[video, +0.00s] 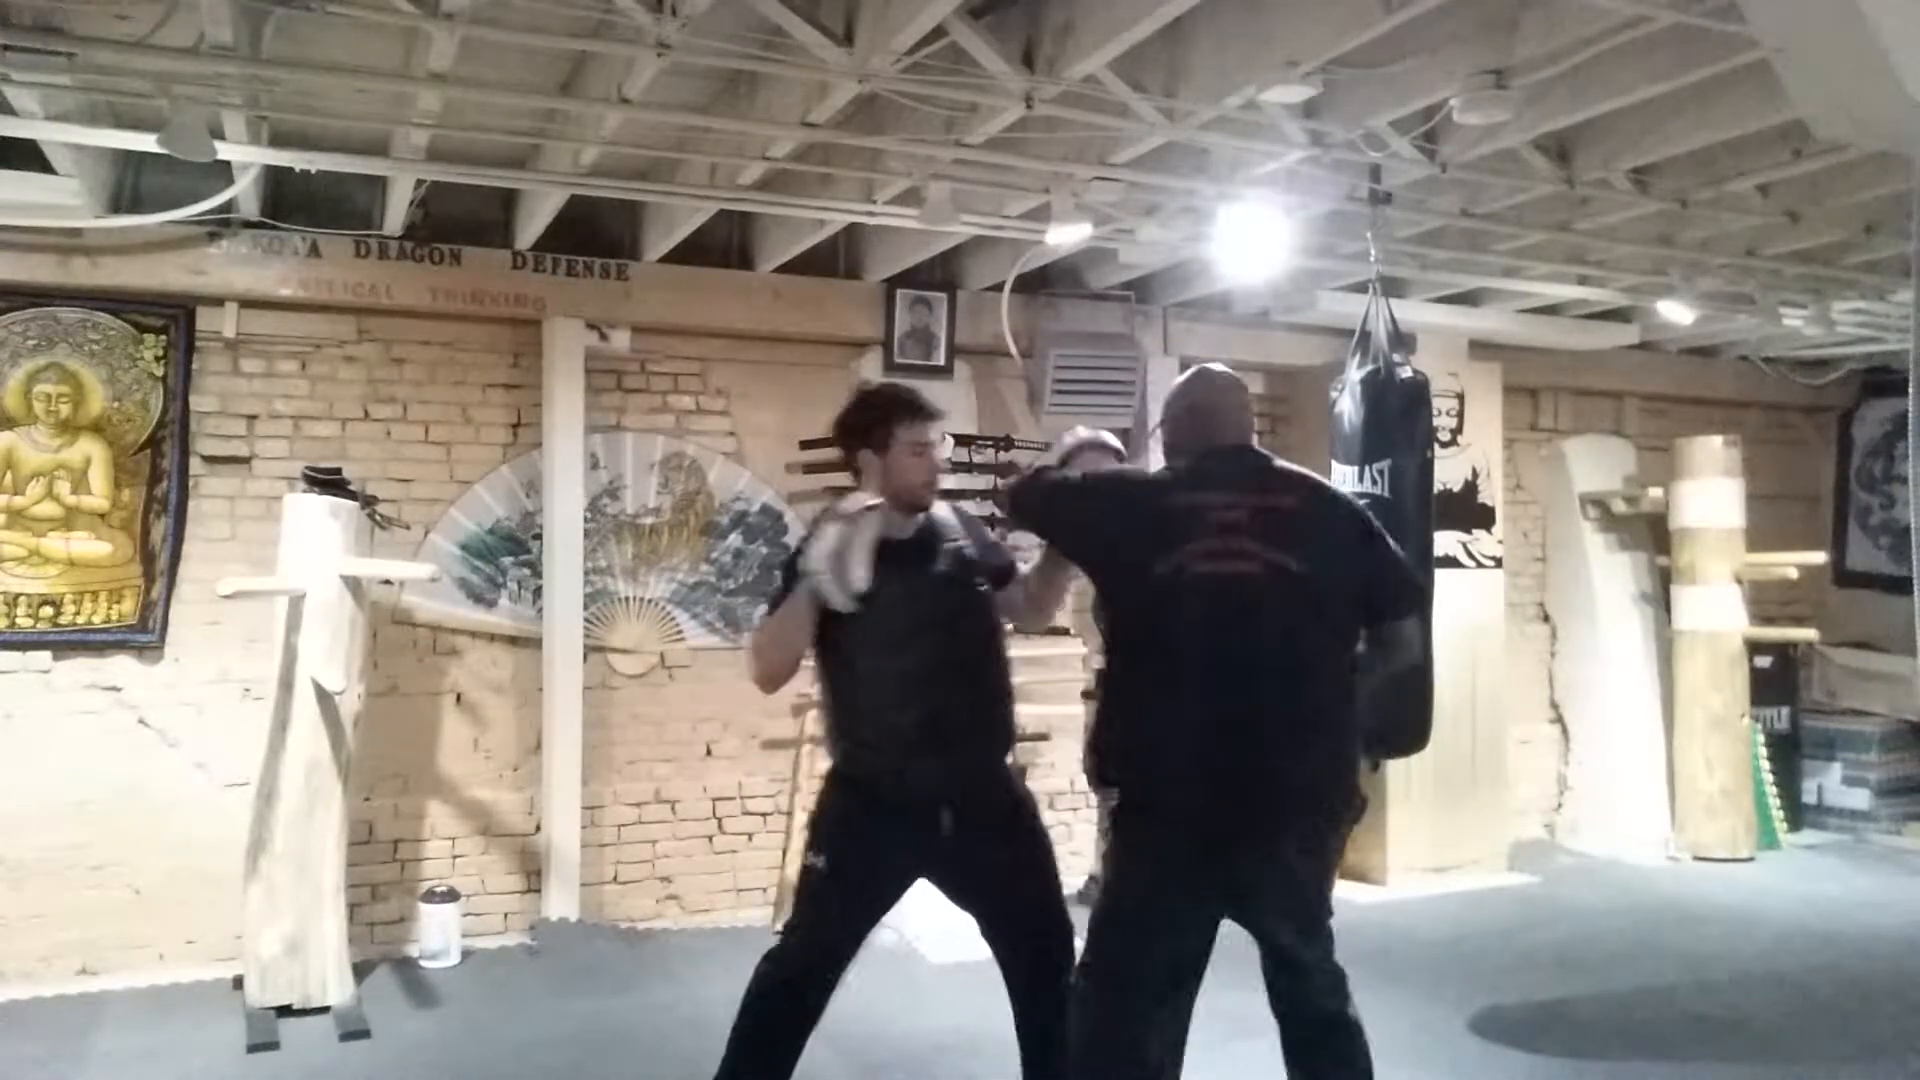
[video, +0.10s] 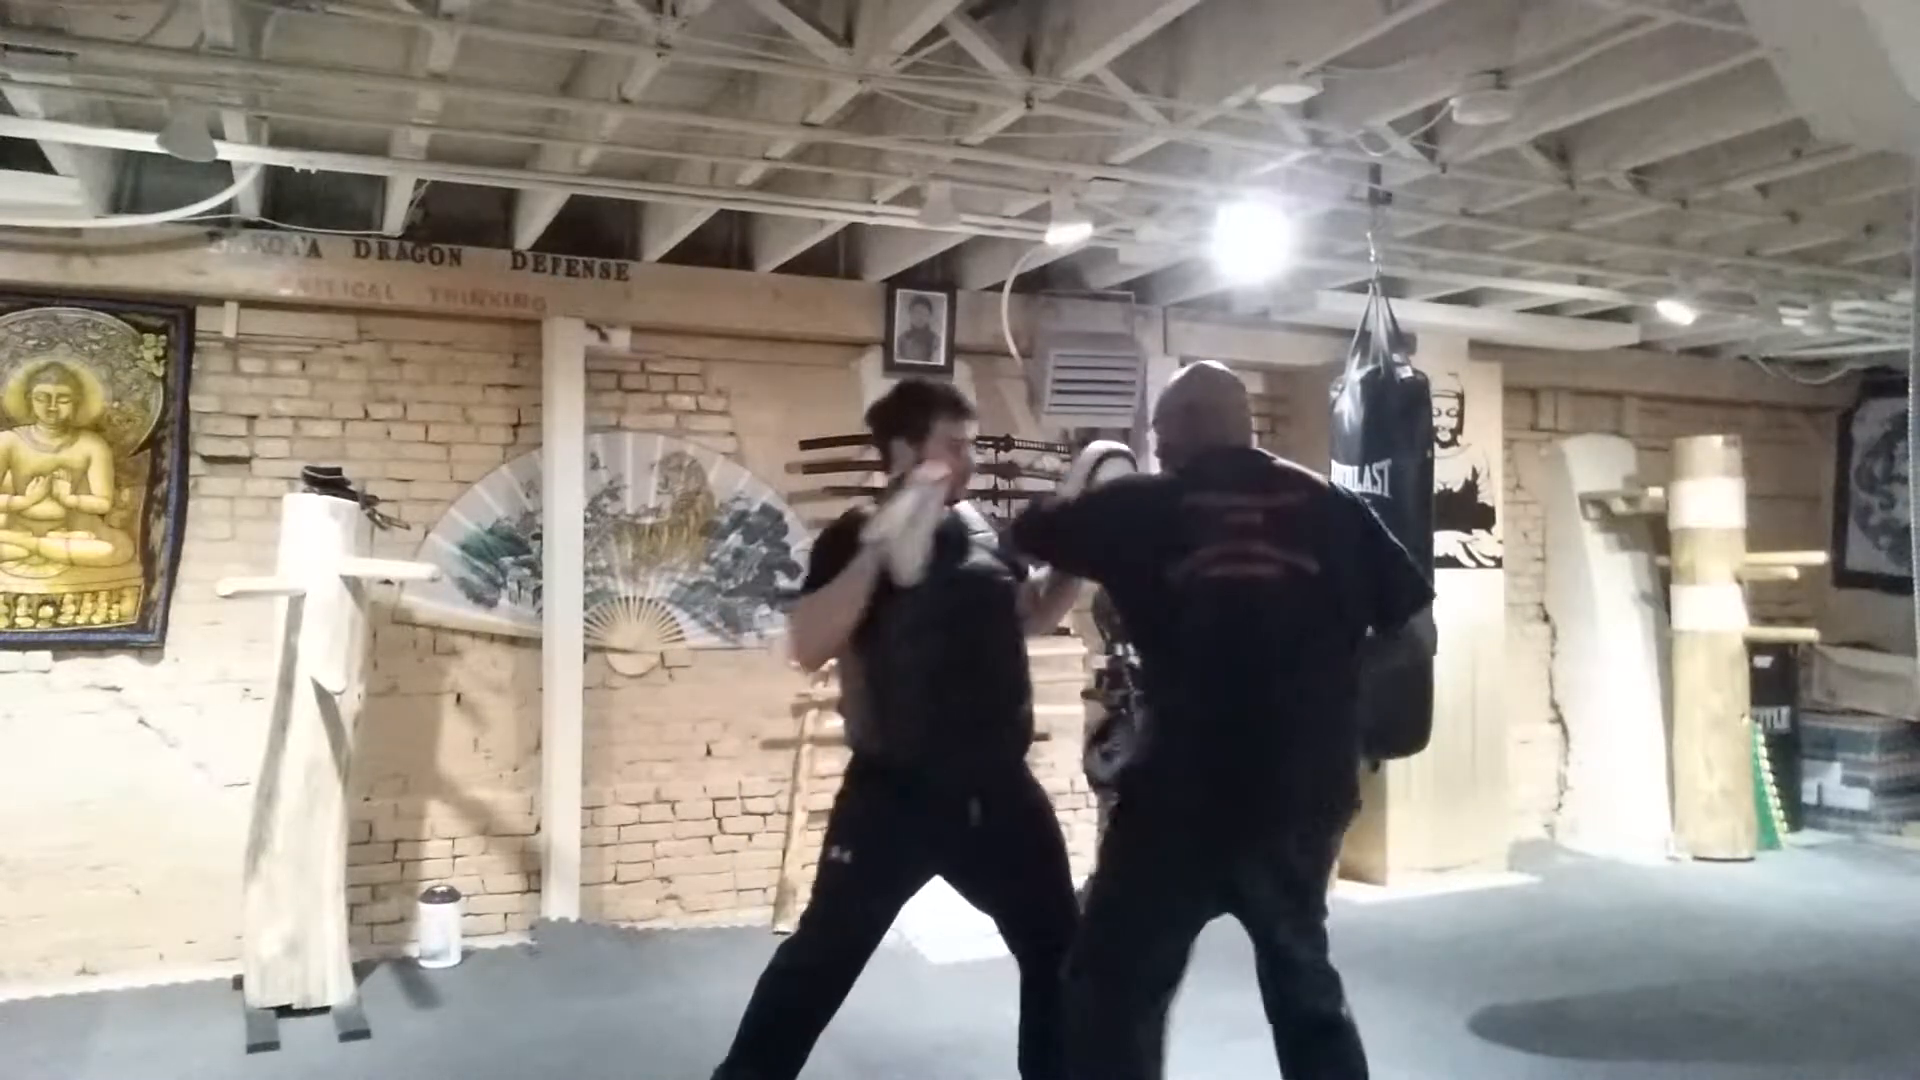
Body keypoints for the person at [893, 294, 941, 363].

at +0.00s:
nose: (919, 317)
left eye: (924, 313)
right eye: (916, 313)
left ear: (930, 316)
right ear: (910, 314)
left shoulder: (936, 340)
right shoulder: (901, 339)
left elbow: (935, 363)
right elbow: (897, 360)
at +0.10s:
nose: (920, 317)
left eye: (924, 314)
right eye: (916, 313)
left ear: (930, 316)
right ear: (910, 314)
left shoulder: (935, 340)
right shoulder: (901, 339)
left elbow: (935, 363)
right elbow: (897, 360)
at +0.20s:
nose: (919, 317)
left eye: (923, 313)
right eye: (916, 312)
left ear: (930, 316)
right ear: (909, 314)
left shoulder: (935, 340)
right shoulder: (901, 339)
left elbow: (935, 365)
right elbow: (897, 361)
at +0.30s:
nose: (919, 317)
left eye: (923, 313)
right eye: (916, 312)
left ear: (930, 316)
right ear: (909, 314)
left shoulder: (936, 340)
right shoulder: (901, 339)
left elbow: (935, 364)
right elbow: (897, 361)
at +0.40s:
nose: (919, 317)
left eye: (923, 313)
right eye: (916, 312)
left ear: (929, 316)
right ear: (909, 314)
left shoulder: (936, 340)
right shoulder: (901, 340)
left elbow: (935, 364)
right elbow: (897, 361)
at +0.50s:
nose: (920, 317)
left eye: (924, 313)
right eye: (916, 313)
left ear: (930, 316)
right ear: (909, 314)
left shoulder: (936, 340)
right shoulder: (901, 340)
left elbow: (935, 364)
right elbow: (897, 361)